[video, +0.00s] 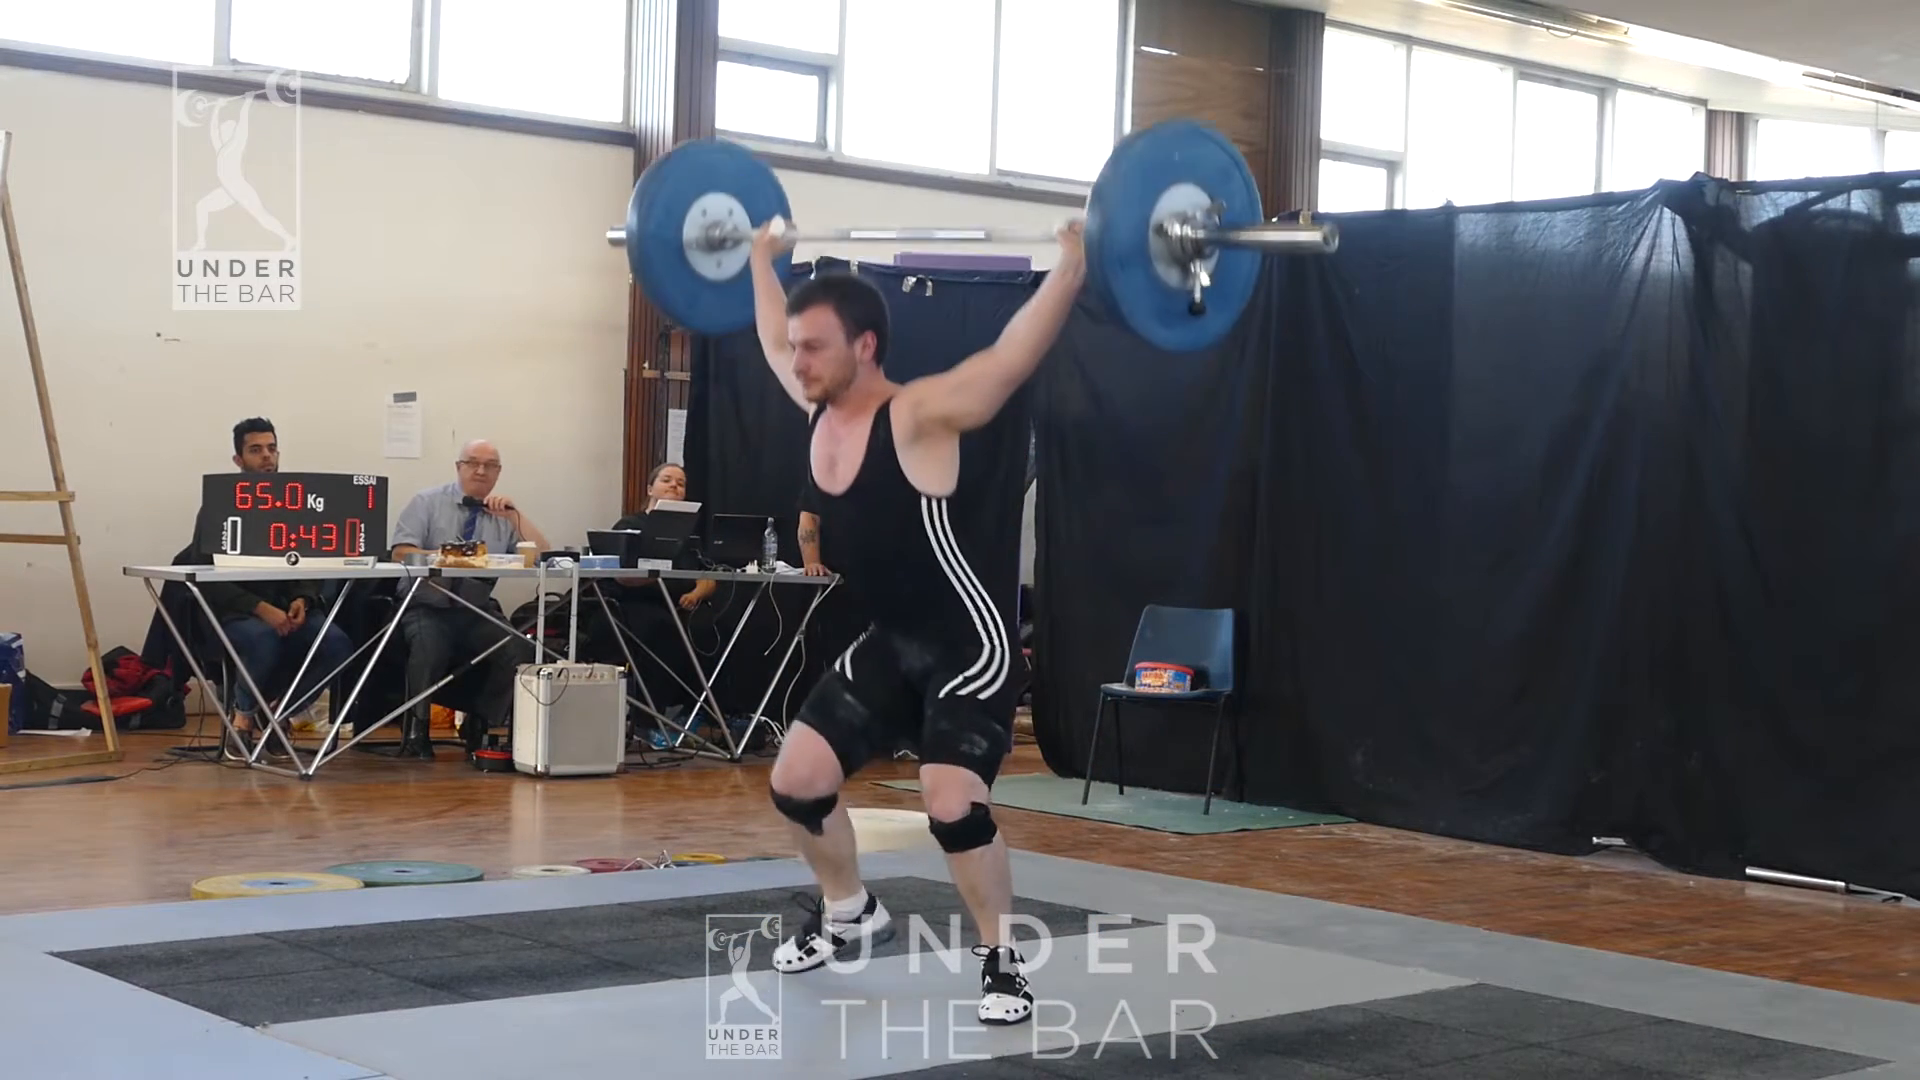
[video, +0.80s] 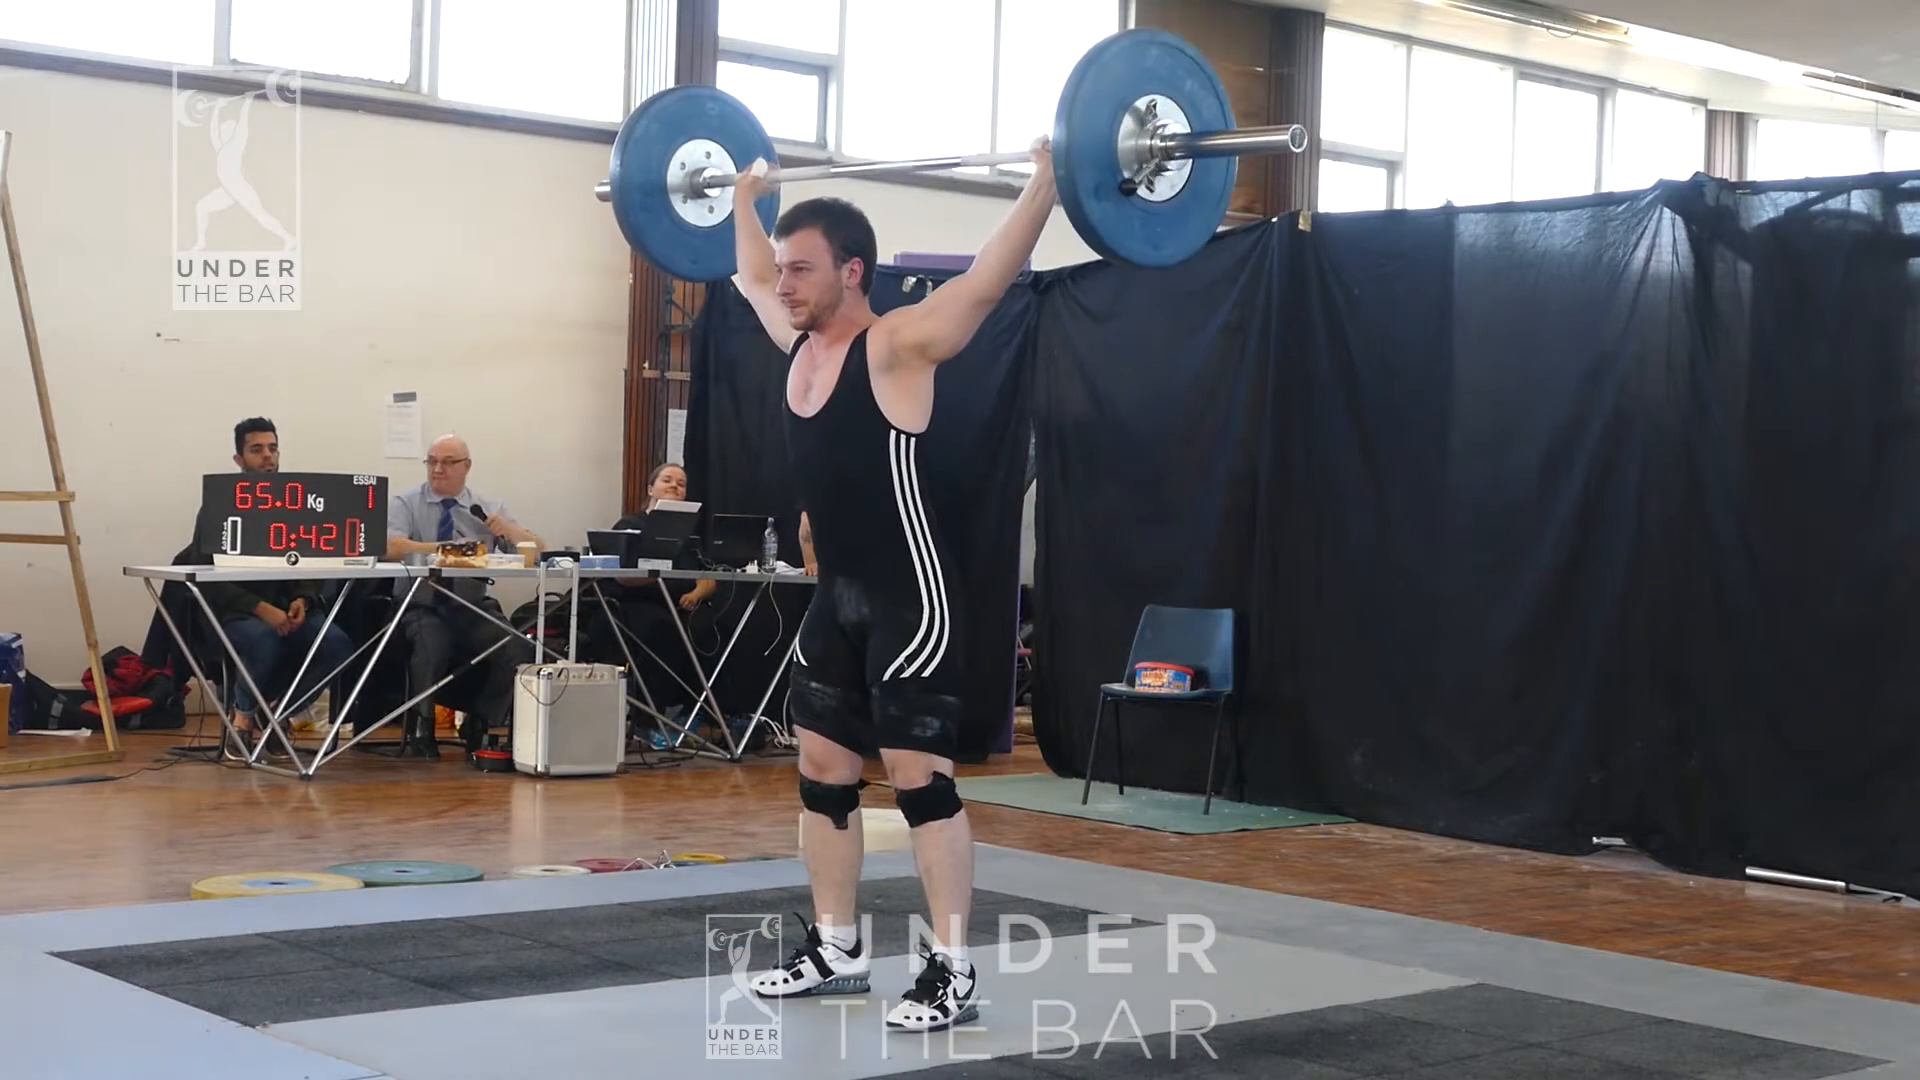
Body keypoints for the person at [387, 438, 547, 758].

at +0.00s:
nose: (481, 472)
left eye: (490, 466)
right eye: (473, 464)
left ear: (499, 473)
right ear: (459, 468)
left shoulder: (503, 516)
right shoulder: (427, 502)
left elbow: (544, 555)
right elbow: (401, 552)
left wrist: (516, 515)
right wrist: (444, 560)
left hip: (478, 609)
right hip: (428, 605)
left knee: (518, 651)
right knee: (429, 649)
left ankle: (477, 727)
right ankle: (417, 731)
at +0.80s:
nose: (438, 469)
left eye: (449, 463)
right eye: (432, 462)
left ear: (467, 468)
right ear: (426, 465)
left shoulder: (486, 507)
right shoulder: (405, 503)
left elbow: (537, 548)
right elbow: (392, 547)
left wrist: (509, 531)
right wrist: (445, 550)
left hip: (473, 605)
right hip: (422, 604)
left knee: (515, 649)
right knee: (431, 641)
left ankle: (478, 726)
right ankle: (422, 729)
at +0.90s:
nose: (430, 469)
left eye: (441, 462)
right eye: (425, 462)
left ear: (460, 467)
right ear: (419, 465)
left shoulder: (485, 508)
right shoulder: (401, 504)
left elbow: (536, 547)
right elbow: (390, 544)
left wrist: (512, 539)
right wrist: (444, 549)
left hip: (473, 605)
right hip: (421, 605)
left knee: (514, 651)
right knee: (433, 646)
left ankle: (479, 724)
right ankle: (431, 723)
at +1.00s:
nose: (423, 469)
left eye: (433, 462)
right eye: (417, 462)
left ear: (453, 466)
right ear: (411, 464)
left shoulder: (479, 507)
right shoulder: (396, 504)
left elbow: (532, 547)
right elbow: (389, 545)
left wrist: (504, 545)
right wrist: (442, 548)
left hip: (469, 607)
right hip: (416, 607)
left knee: (513, 649)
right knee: (433, 642)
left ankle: (479, 724)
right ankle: (437, 724)